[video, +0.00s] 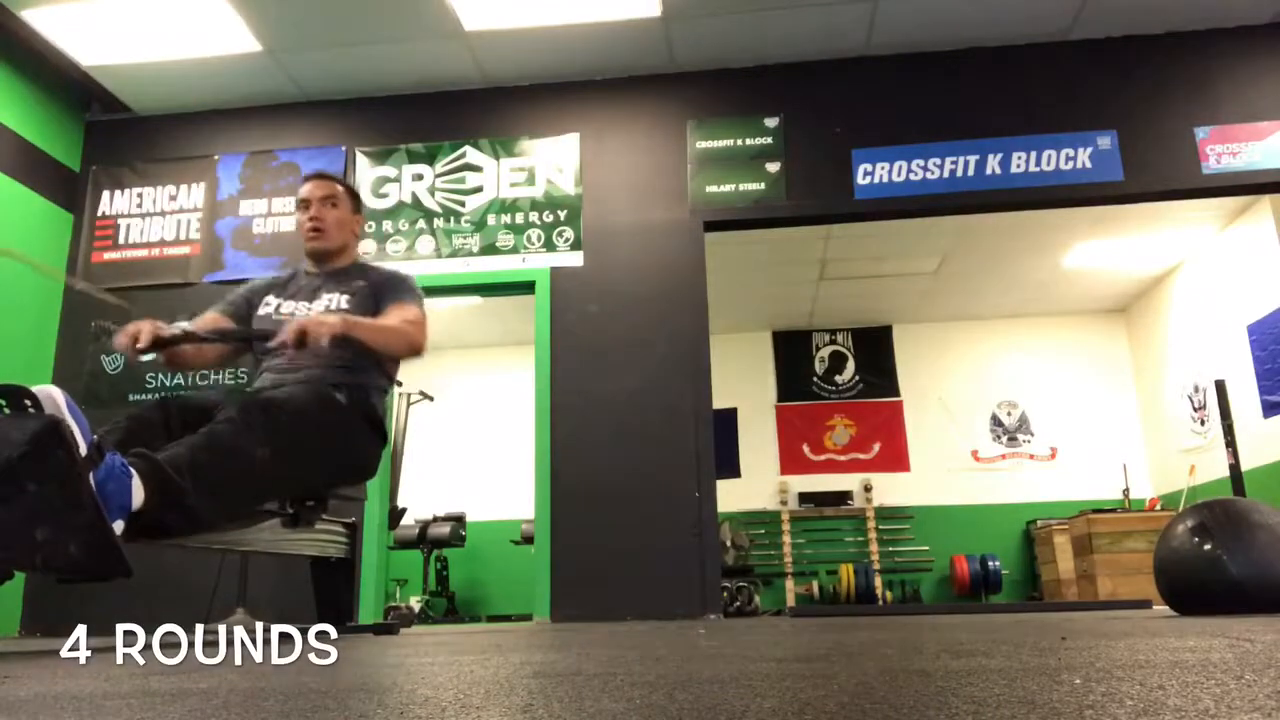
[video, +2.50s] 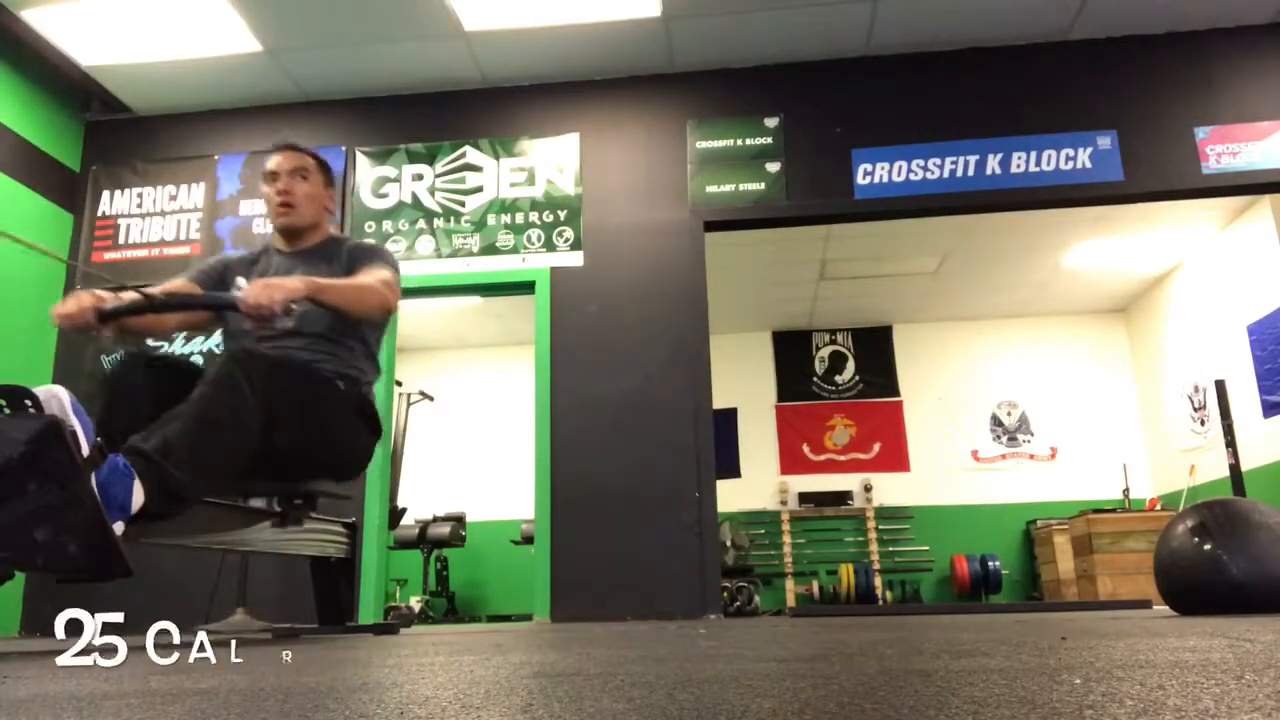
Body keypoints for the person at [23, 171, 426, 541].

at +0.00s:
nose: (314, 214)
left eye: (330, 204)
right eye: (305, 207)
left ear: (358, 222)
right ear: (298, 224)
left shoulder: (386, 281)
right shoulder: (270, 291)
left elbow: (412, 337)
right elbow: (206, 340)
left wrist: (343, 325)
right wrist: (165, 337)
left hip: (343, 410)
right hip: (266, 403)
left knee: (249, 429)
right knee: (171, 414)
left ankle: (130, 490)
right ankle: (92, 454)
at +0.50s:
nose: (193, 133)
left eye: (213, 118)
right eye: (182, 122)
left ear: (253, 139)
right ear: (171, 141)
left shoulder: (294, 203)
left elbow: (313, 250)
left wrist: (190, 242)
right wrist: (113, 263)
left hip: (286, 411)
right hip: (178, 410)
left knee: (220, 282)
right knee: (79, 289)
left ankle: (125, 470)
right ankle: (14, 442)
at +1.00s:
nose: (120, 75)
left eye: (146, 60)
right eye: (111, 66)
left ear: (196, 90)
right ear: (99, 92)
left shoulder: (240, 151)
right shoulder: (81, 173)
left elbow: (219, 188)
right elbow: (5, 195)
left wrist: (71, 144)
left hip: (236, 388)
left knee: (173, 225)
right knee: (26, 234)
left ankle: (121, 450)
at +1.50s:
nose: (316, 207)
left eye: (331, 198)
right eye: (307, 199)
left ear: (359, 218)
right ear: (296, 212)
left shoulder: (379, 274)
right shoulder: (271, 280)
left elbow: (388, 319)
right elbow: (196, 328)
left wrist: (315, 294)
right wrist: (143, 314)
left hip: (339, 416)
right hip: (253, 406)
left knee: (261, 388)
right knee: (149, 381)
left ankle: (123, 489)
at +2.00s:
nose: (336, 244)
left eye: (350, 235)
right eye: (327, 237)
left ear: (377, 253)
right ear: (317, 254)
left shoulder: (406, 316)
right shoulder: (289, 319)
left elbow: (454, 391)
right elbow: (254, 379)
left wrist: (390, 353)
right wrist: (213, 371)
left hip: (342, 413)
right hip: (271, 408)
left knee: (250, 435)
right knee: (171, 420)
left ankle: (125, 491)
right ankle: (92, 475)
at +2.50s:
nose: (282, 187)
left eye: (300, 177)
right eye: (273, 179)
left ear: (330, 200)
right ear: (263, 196)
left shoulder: (362, 257)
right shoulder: (242, 268)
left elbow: (381, 299)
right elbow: (168, 309)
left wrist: (301, 286)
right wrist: (106, 307)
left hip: (335, 420)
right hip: (242, 413)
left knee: (243, 371)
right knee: (139, 370)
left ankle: (128, 488)